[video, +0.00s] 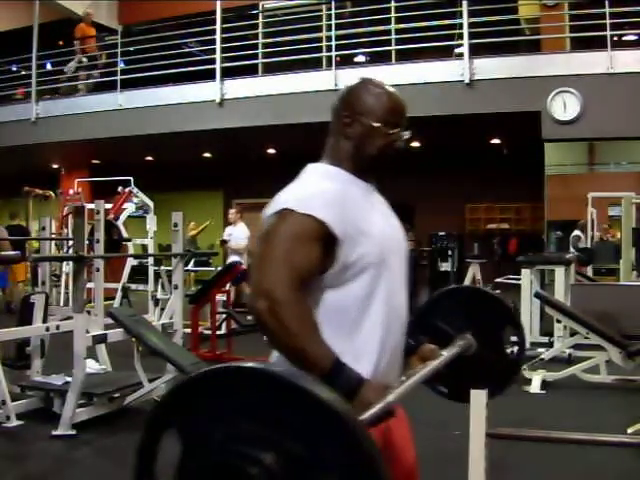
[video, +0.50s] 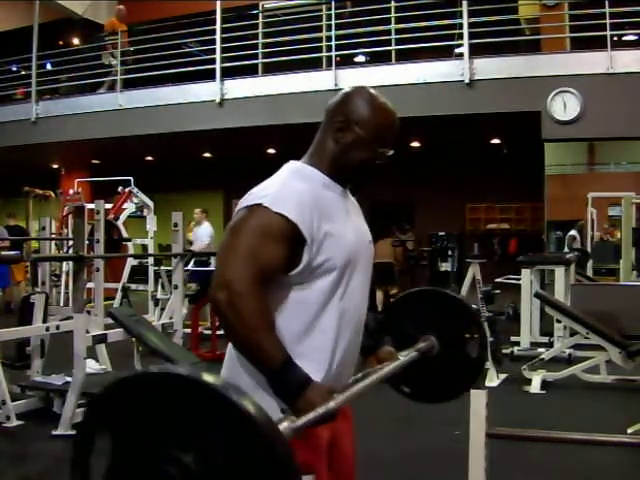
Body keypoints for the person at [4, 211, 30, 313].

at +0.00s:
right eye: (17, 216)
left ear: (9, 217)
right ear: (18, 217)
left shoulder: (6, 229)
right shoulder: (24, 229)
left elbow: (5, 245)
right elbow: (29, 244)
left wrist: (7, 255)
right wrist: (28, 256)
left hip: (8, 259)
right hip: (21, 259)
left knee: (9, 284)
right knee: (20, 284)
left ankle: (8, 303)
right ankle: (17, 304)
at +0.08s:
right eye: (17, 217)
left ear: (9, 218)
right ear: (18, 217)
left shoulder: (6, 229)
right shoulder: (24, 229)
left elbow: (5, 245)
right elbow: (29, 245)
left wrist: (5, 255)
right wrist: (28, 256)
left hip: (8, 259)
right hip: (20, 259)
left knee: (9, 284)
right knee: (19, 284)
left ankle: (8, 303)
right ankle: (17, 305)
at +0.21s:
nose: (16, 219)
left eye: (14, 217)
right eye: (16, 217)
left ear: (8, 218)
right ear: (18, 218)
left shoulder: (5, 229)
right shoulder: (24, 229)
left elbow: (4, 245)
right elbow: (29, 243)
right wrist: (29, 255)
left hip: (7, 259)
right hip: (20, 259)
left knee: (9, 284)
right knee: (19, 283)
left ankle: (8, 303)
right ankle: (17, 304)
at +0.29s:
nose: (12, 219)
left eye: (11, 217)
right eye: (14, 217)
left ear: (7, 218)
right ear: (17, 218)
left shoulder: (5, 229)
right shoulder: (24, 229)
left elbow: (4, 245)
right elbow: (29, 244)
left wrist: (3, 254)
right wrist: (28, 256)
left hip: (7, 259)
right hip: (19, 259)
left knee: (8, 284)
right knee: (20, 283)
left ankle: (8, 305)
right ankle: (21, 304)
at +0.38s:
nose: (12, 220)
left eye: (10, 218)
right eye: (13, 218)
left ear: (7, 218)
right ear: (17, 218)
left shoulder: (4, 230)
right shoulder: (23, 230)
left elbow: (3, 245)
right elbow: (29, 245)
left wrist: (3, 255)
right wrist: (27, 257)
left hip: (7, 260)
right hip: (19, 259)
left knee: (8, 284)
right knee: (20, 283)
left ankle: (8, 305)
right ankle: (22, 304)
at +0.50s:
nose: (10, 221)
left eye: (9, 218)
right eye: (11, 218)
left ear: (7, 219)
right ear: (16, 218)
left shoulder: (4, 230)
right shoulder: (23, 230)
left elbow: (3, 245)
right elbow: (27, 245)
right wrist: (27, 257)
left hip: (6, 260)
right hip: (19, 259)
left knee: (8, 285)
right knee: (20, 283)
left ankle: (8, 305)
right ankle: (22, 303)